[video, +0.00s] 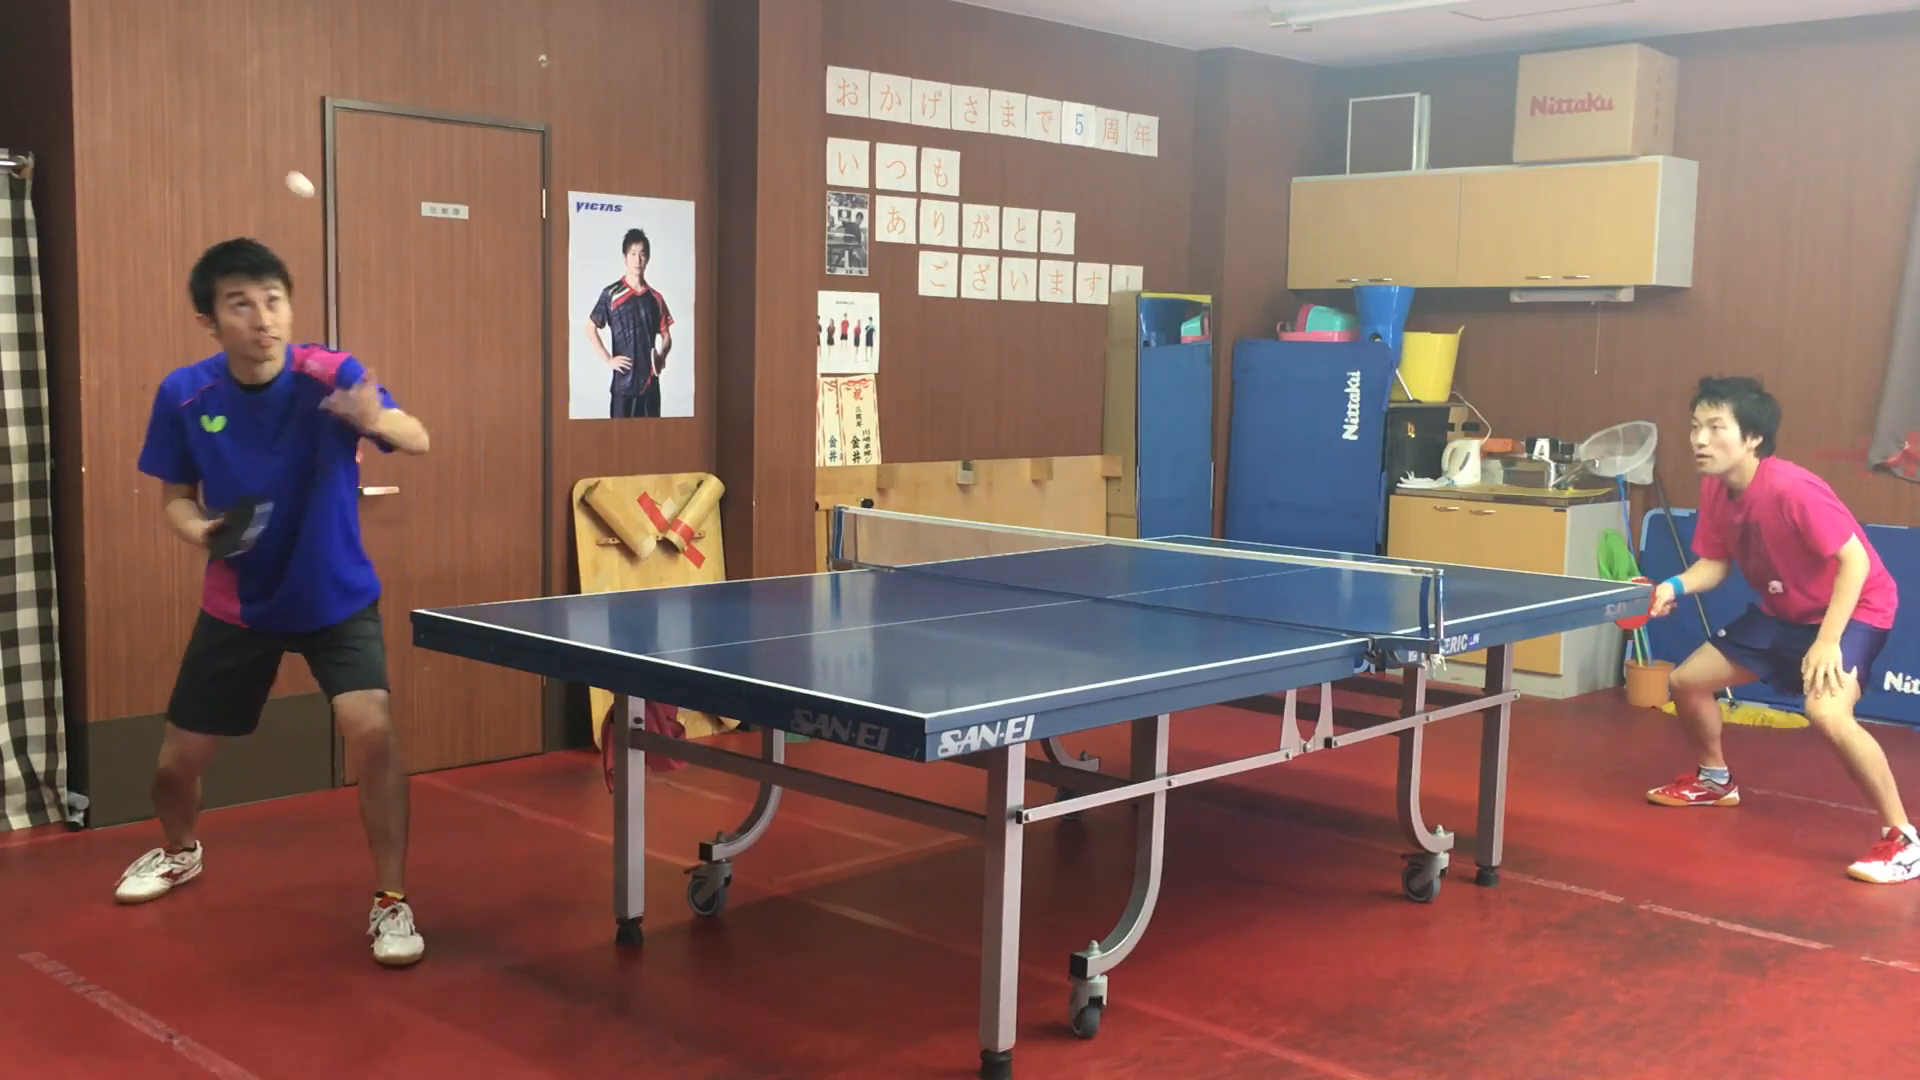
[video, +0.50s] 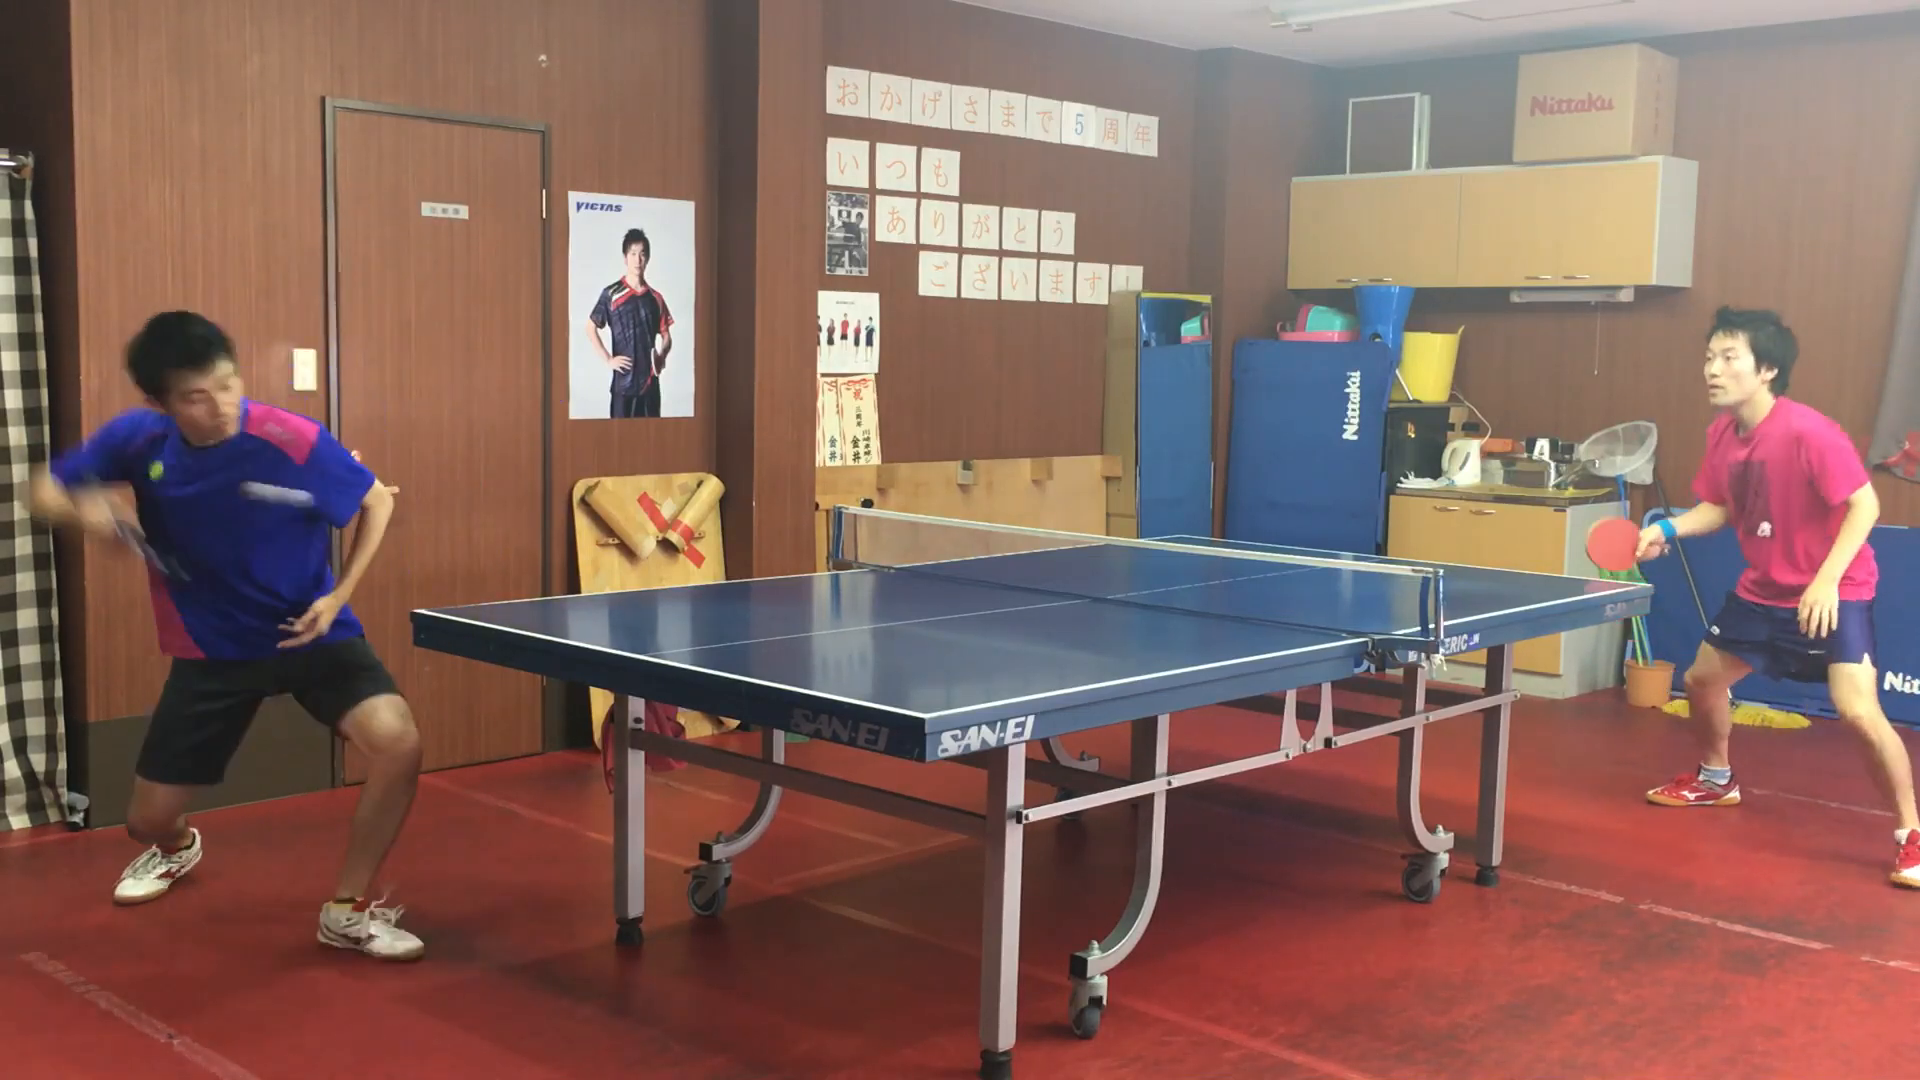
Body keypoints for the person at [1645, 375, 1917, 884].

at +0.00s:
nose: (1698, 438)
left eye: (1714, 427)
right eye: (1695, 426)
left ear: (1753, 441)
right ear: (1692, 431)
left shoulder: (1793, 489)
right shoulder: (1716, 489)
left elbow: (1855, 561)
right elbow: (1715, 562)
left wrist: (1827, 639)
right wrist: (1674, 587)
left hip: (1853, 613)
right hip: (1783, 612)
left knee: (1826, 710)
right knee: (1687, 681)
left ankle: (1901, 836)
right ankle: (1713, 778)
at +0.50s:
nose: (1711, 370)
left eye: (1727, 359)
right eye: (1709, 359)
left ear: (1767, 373)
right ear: (1706, 366)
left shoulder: (1809, 432)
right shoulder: (1723, 432)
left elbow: (1865, 506)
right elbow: (1718, 508)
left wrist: (1827, 578)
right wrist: (1668, 528)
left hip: (1835, 588)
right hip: (1763, 585)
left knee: (1857, 709)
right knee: (1703, 679)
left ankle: (1911, 831)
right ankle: (1714, 776)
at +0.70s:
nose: (1697, 357)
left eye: (1712, 345)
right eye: (1694, 345)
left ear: (1753, 353)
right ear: (1695, 351)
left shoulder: (1793, 410)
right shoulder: (1710, 422)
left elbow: (1854, 486)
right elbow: (1675, 490)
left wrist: (1799, 552)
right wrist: (1602, 507)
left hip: (1847, 572)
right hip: (1780, 569)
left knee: (1866, 707)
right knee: (1708, 674)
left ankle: (1919, 835)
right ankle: (1713, 807)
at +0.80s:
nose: (1695, 367)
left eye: (1709, 354)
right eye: (1693, 356)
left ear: (1753, 362)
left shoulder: (1811, 421)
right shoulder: (1704, 433)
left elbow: (1869, 495)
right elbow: (1648, 494)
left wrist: (1825, 564)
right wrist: (1568, 506)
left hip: (1838, 597)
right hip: (1757, 591)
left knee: (1876, 726)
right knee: (1666, 677)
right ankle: (1701, 797)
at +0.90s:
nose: (1674, 376)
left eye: (1687, 362)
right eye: (1673, 364)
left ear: (1734, 370)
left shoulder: (1800, 427)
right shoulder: (1679, 442)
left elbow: (1854, 505)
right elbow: (1616, 494)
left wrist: (1815, 560)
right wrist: (1536, 508)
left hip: (1808, 614)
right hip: (1725, 603)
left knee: (1863, 731)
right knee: (1616, 665)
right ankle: (1633, 795)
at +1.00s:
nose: (1621, 383)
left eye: (1631, 369)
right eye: (1617, 372)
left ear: (1679, 372)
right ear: (1631, 379)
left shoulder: (1751, 421)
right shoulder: (1628, 442)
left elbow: (1806, 495)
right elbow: (1567, 493)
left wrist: (1774, 545)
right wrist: (1493, 510)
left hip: (1765, 613)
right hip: (1677, 605)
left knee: (1840, 724)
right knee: (1574, 681)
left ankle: (1911, 842)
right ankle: (1504, 803)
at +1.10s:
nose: (1555, 400)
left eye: (1566, 386)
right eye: (1551, 388)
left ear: (1613, 386)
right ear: (1580, 393)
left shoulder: (1690, 432)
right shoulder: (1562, 457)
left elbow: (1748, 499)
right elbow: (1510, 503)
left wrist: (1758, 549)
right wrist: (1440, 516)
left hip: (1712, 620)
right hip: (1628, 620)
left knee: (1792, 722)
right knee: (1528, 687)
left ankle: (1887, 843)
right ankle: (1464, 819)